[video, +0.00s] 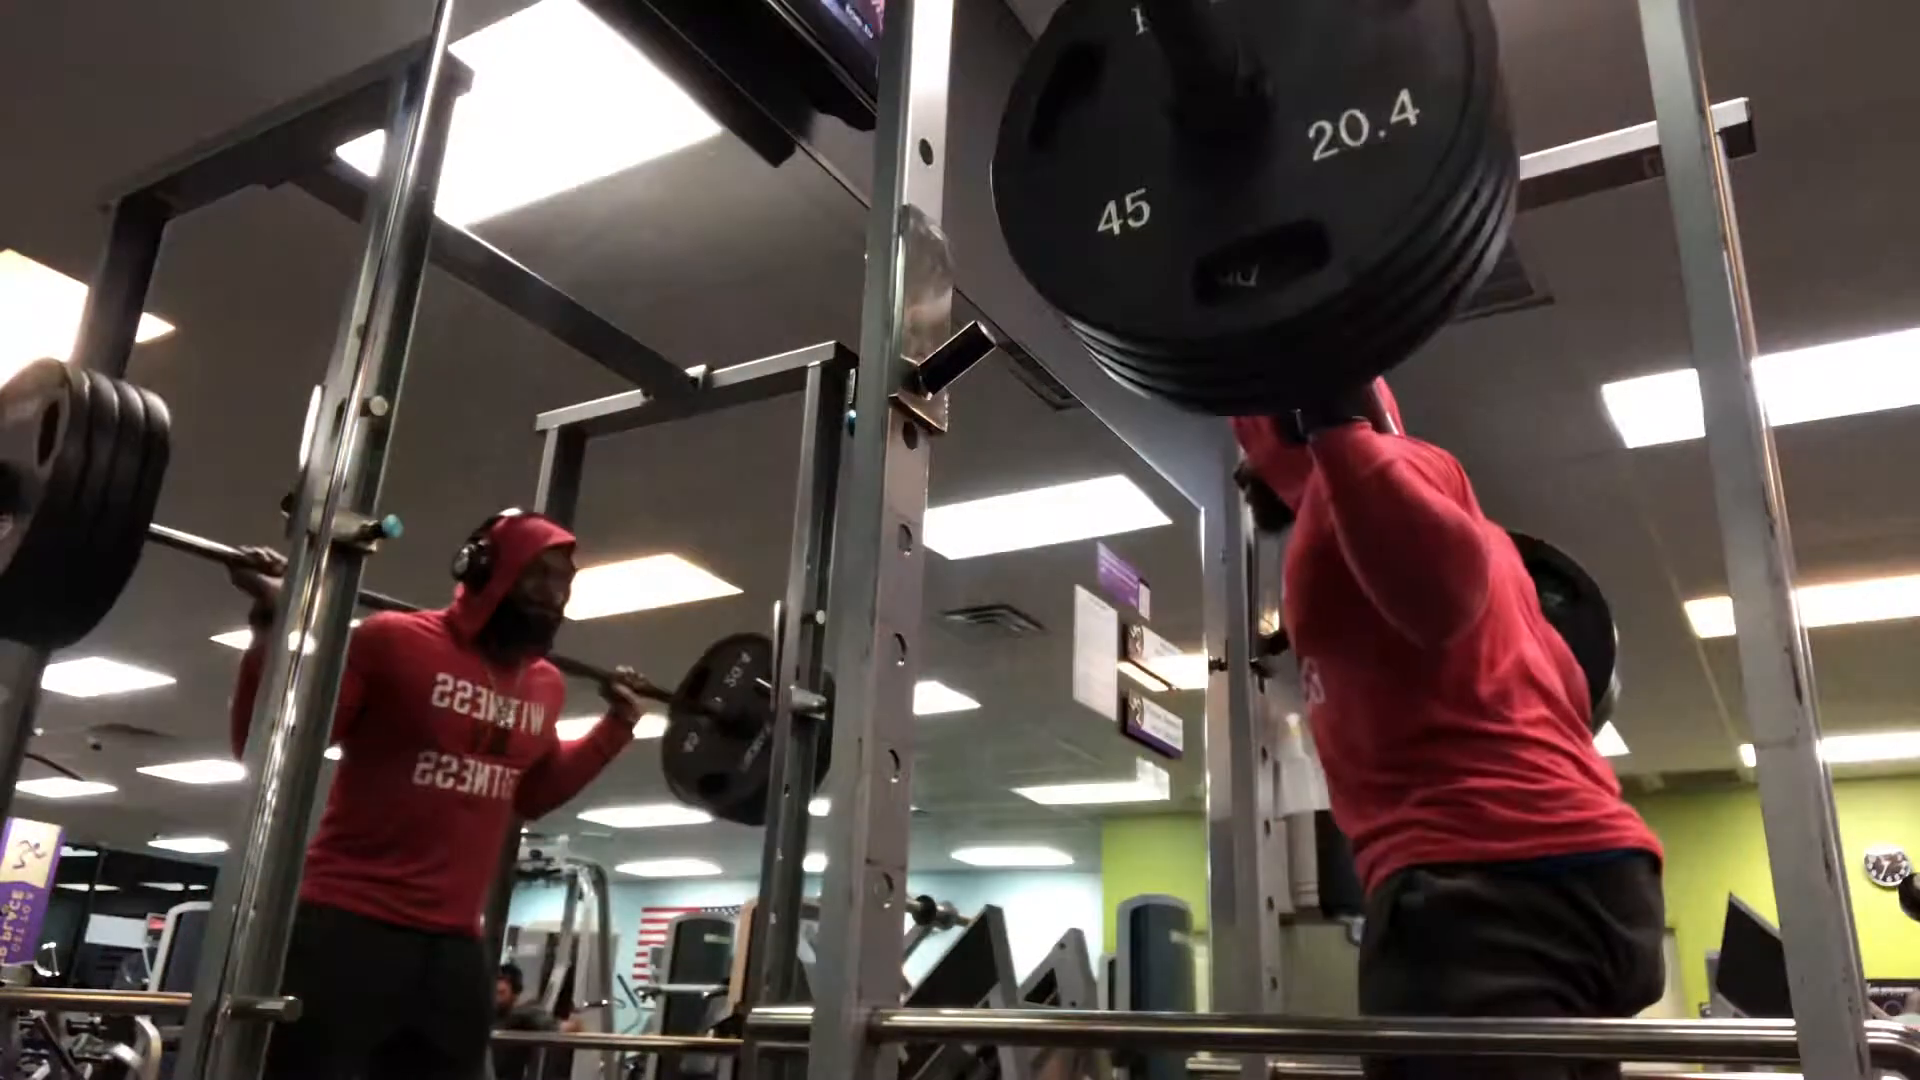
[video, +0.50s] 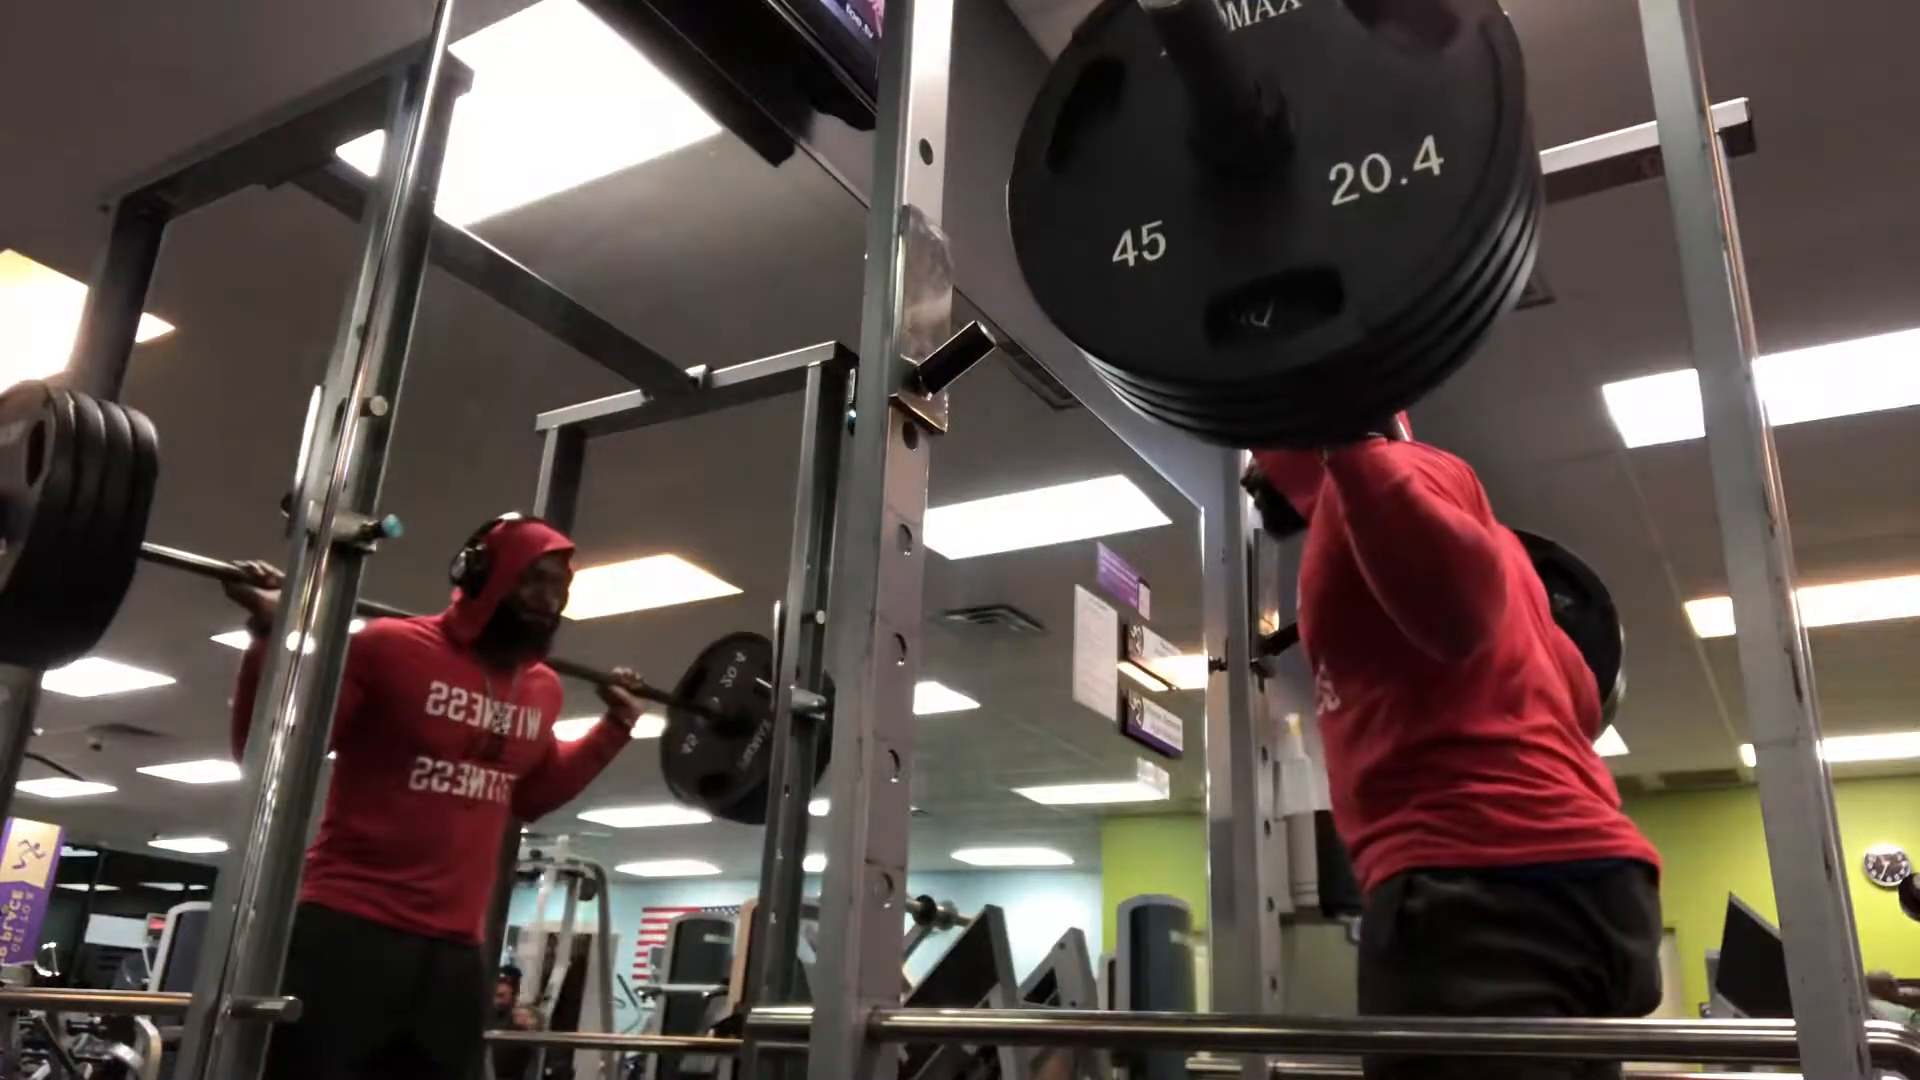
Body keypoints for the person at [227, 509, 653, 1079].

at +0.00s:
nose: (555, 594)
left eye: (564, 579)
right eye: (540, 573)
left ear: (569, 587)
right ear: (492, 573)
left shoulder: (543, 685)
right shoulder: (392, 639)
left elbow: (531, 795)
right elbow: (260, 747)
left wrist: (617, 724)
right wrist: (270, 623)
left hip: (454, 944)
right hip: (345, 924)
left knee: (448, 1070)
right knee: (317, 1071)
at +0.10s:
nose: (556, 599)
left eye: (566, 584)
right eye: (542, 579)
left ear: (569, 593)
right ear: (495, 579)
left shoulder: (542, 687)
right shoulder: (392, 643)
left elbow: (530, 797)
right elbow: (260, 747)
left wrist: (616, 728)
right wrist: (271, 627)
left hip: (453, 946)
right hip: (346, 925)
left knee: (447, 1070)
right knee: (318, 1071)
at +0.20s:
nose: (554, 601)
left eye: (564, 587)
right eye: (539, 582)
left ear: (569, 597)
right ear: (493, 582)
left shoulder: (541, 691)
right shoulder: (391, 647)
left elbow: (527, 800)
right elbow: (260, 752)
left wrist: (616, 730)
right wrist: (271, 635)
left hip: (449, 949)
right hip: (344, 928)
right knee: (317, 1071)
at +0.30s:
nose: (554, 600)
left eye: (563, 586)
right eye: (538, 581)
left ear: (567, 596)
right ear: (492, 581)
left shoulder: (541, 690)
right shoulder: (390, 647)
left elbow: (530, 801)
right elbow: (260, 752)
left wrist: (617, 729)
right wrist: (270, 636)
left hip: (447, 948)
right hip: (343, 926)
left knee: (435, 1072)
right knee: (316, 1071)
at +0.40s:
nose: (551, 598)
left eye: (561, 585)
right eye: (536, 579)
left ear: (567, 595)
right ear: (490, 578)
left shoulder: (541, 688)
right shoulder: (391, 645)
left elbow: (532, 798)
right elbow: (262, 751)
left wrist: (617, 725)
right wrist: (270, 634)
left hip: (452, 946)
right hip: (345, 923)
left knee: (437, 1072)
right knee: (315, 1071)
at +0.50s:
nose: (551, 599)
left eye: (561, 585)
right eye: (536, 579)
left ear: (566, 595)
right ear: (490, 578)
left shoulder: (540, 688)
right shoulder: (390, 645)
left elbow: (531, 797)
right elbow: (261, 751)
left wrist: (616, 724)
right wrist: (269, 636)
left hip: (454, 949)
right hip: (346, 925)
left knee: (443, 1071)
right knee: (315, 1071)